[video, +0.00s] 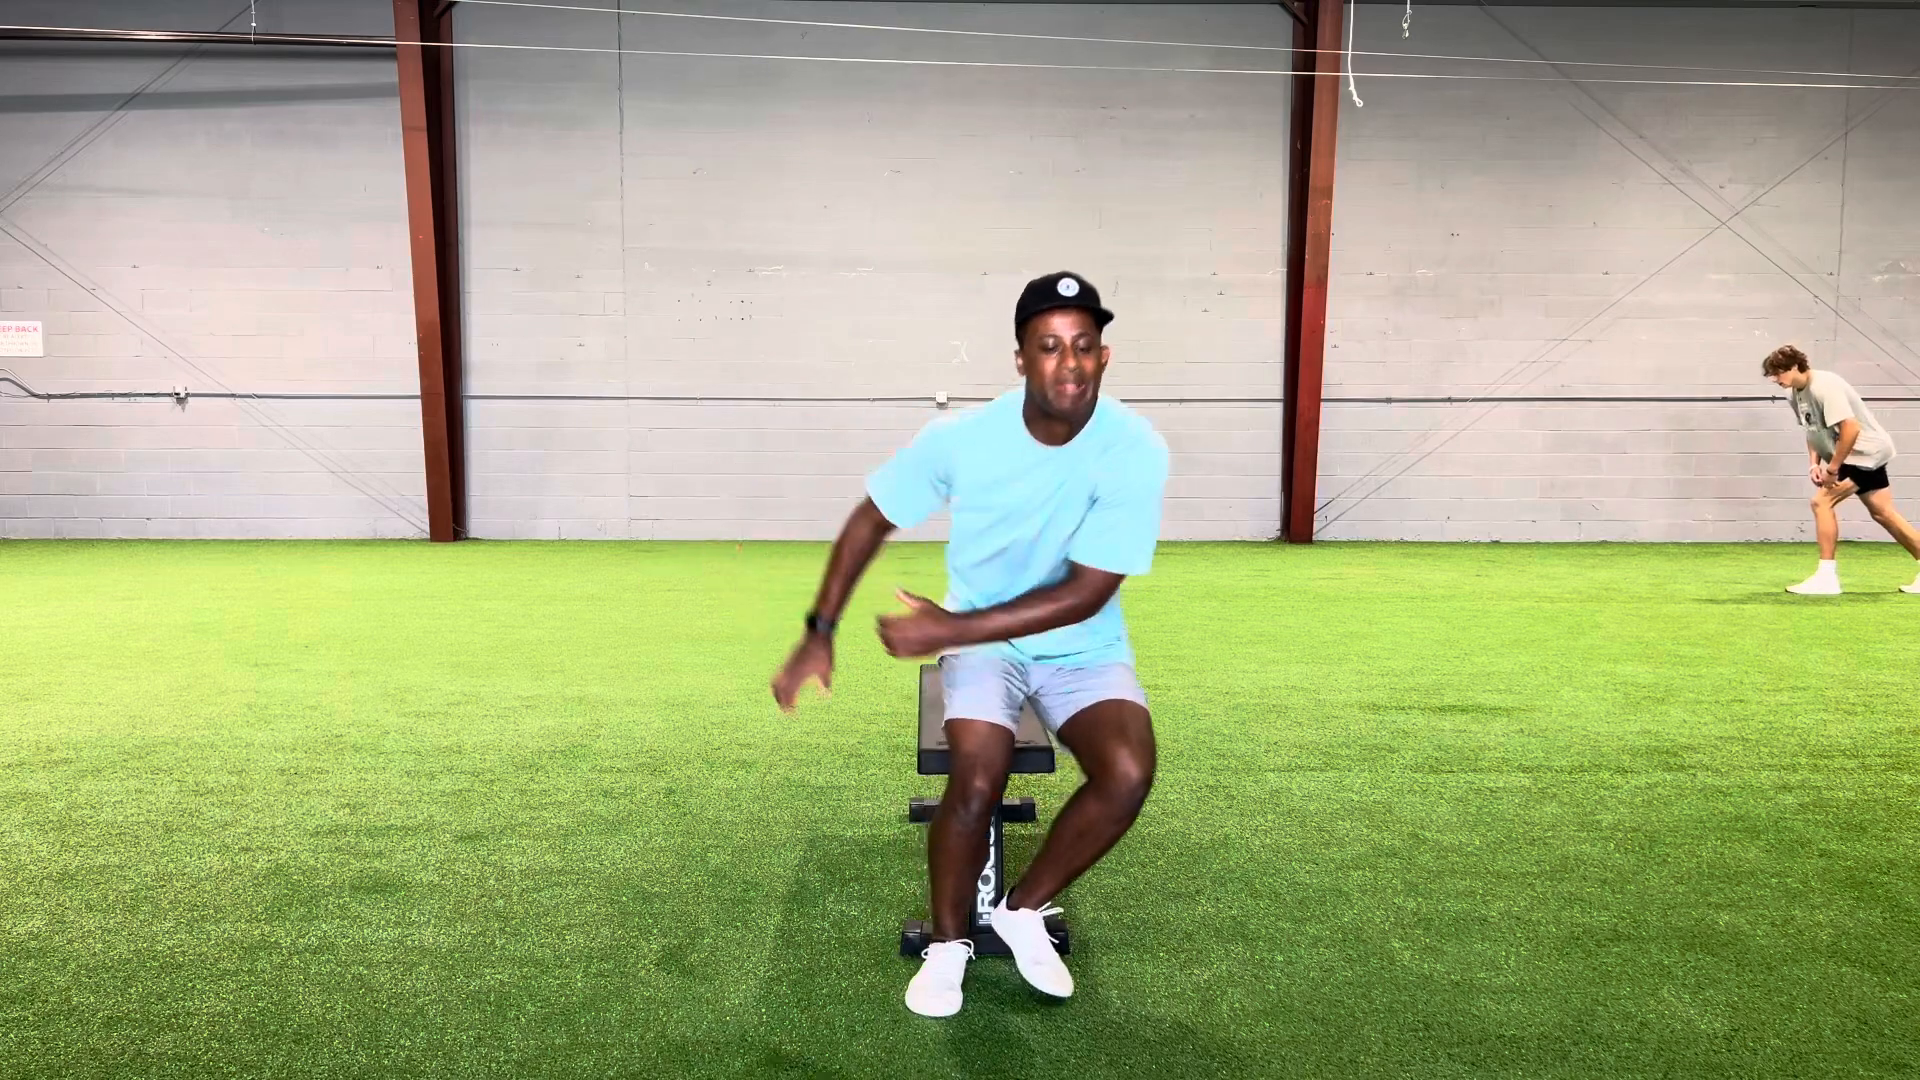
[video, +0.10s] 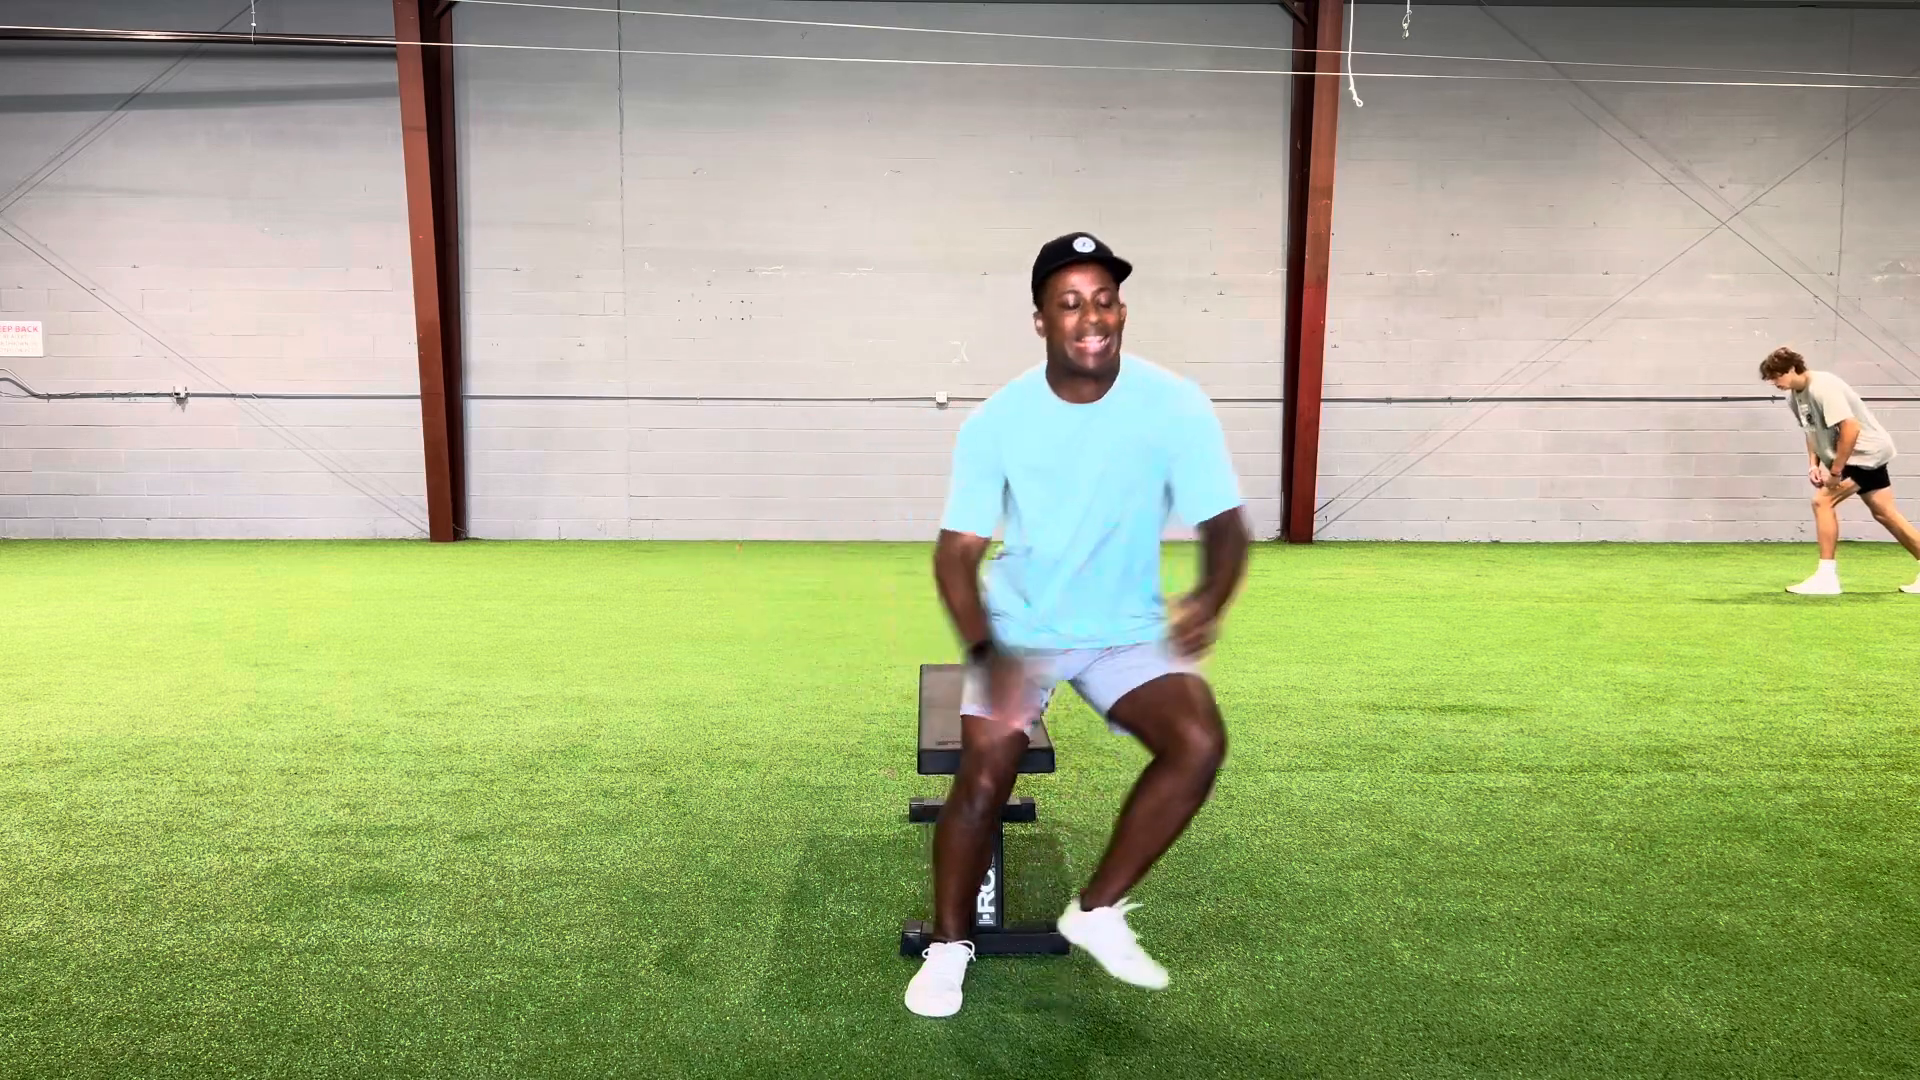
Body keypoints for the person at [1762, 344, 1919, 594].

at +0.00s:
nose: (1777, 381)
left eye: (1779, 374)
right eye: (1774, 376)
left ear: (1795, 367)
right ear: (1790, 371)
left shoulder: (1825, 385)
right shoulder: (1798, 394)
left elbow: (1850, 428)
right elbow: (1812, 430)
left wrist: (1831, 469)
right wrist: (1814, 462)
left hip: (1868, 454)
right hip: (1863, 455)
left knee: (1821, 503)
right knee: (1884, 513)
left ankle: (1826, 576)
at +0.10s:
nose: (1775, 384)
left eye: (1777, 377)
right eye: (1772, 379)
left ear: (1792, 370)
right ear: (1788, 373)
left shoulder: (1823, 386)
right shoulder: (1796, 396)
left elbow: (1850, 427)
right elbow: (1811, 431)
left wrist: (1835, 471)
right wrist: (1814, 463)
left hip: (1869, 454)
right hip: (1863, 456)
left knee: (1822, 502)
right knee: (1885, 514)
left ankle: (1826, 576)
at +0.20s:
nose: (1773, 386)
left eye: (1774, 380)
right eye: (1769, 382)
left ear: (1789, 371)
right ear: (1785, 375)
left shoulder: (1821, 388)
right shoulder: (1795, 398)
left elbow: (1850, 428)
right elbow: (1810, 433)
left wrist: (1841, 473)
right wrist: (1814, 465)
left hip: (1869, 455)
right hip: (1864, 456)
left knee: (1822, 502)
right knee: (1886, 514)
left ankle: (1826, 576)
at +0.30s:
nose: (1770, 389)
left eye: (1772, 382)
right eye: (1767, 384)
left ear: (1786, 374)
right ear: (1782, 377)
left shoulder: (1819, 389)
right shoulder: (1793, 399)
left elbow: (1850, 428)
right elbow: (1810, 434)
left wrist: (1844, 471)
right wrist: (1812, 466)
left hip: (1867, 455)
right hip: (1861, 457)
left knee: (1821, 502)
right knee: (1886, 515)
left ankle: (1826, 576)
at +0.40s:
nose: (1769, 394)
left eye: (1769, 387)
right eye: (1765, 390)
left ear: (1782, 378)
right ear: (1778, 381)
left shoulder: (1817, 392)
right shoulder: (1791, 403)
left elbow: (1850, 430)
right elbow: (1808, 437)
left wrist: (1849, 474)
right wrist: (1810, 469)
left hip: (1864, 457)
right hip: (1857, 458)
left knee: (1819, 503)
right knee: (1884, 516)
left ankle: (1826, 576)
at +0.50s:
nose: (1767, 400)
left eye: (1766, 393)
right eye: (1762, 397)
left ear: (1777, 383)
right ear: (1775, 386)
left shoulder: (1813, 395)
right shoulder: (1788, 409)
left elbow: (1848, 430)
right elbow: (1806, 441)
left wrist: (1860, 472)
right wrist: (1804, 470)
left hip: (1861, 460)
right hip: (1854, 461)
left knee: (1819, 502)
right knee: (1882, 517)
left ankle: (1826, 577)